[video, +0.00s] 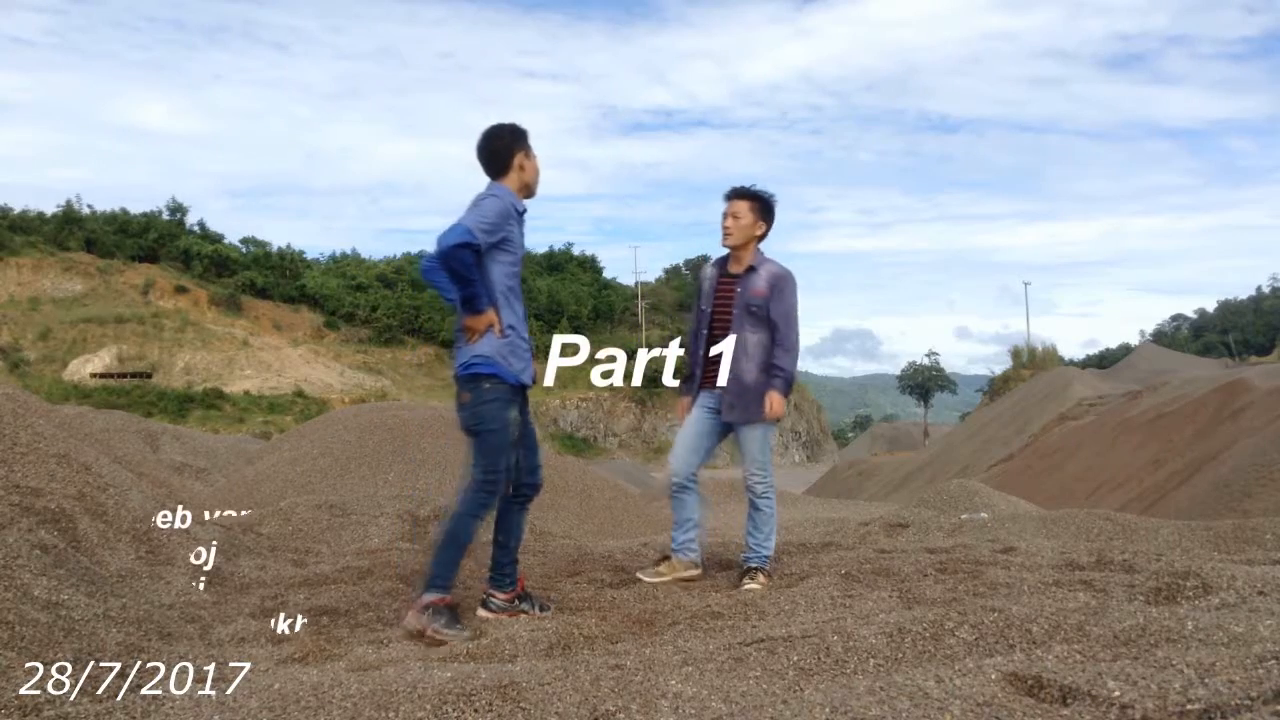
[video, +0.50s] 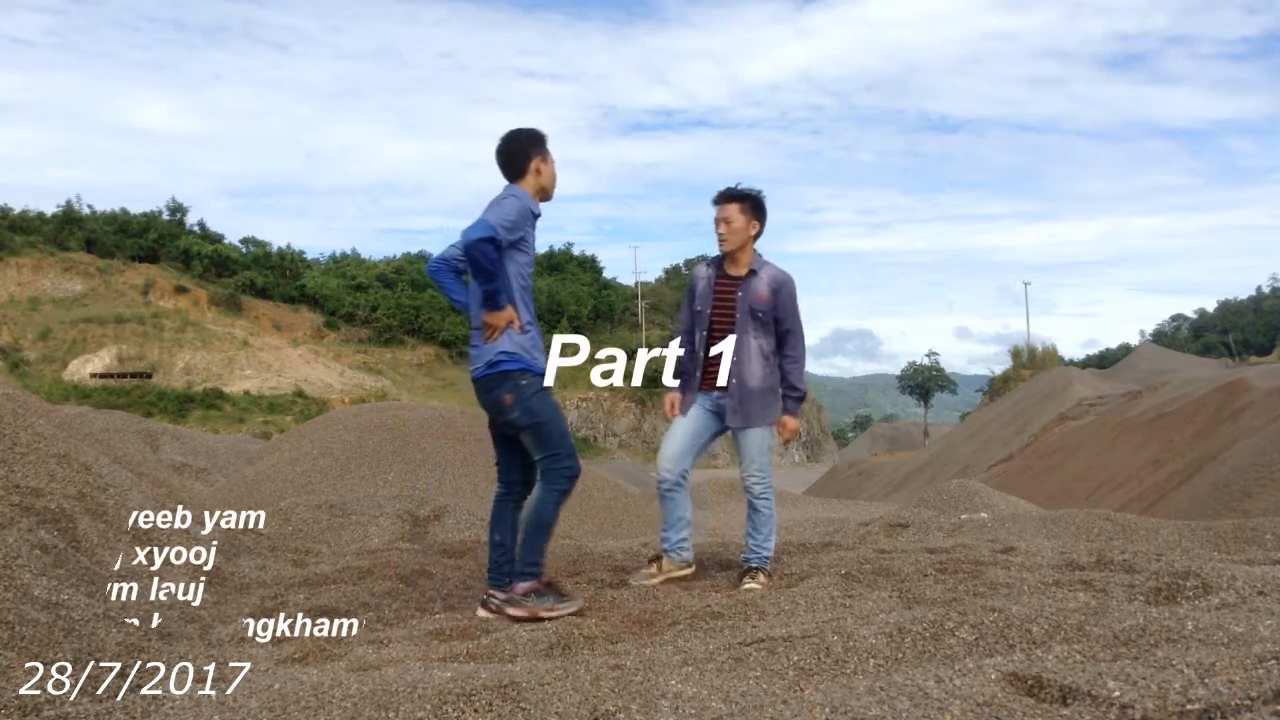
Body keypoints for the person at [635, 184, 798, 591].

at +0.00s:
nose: (726, 224)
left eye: (736, 218)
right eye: (725, 217)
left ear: (760, 228)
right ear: (725, 222)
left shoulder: (776, 278)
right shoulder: (711, 273)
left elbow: (787, 339)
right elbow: (698, 333)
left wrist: (779, 387)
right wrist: (689, 389)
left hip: (753, 397)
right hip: (710, 394)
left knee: (757, 481)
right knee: (680, 470)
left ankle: (756, 565)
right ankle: (685, 559)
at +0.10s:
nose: (725, 224)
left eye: (735, 217)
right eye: (725, 216)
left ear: (760, 227)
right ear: (725, 222)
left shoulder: (779, 279)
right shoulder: (710, 274)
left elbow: (791, 343)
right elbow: (696, 334)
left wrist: (781, 396)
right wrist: (684, 389)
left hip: (754, 400)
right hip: (709, 396)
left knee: (758, 483)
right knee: (677, 471)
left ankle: (756, 564)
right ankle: (683, 558)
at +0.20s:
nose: (725, 227)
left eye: (734, 220)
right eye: (723, 220)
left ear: (759, 227)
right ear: (724, 225)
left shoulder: (779, 282)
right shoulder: (708, 275)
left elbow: (791, 346)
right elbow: (693, 336)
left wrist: (787, 408)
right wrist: (684, 390)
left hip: (754, 401)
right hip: (707, 398)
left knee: (757, 484)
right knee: (689, 481)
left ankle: (756, 565)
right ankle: (681, 563)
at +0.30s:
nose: (724, 228)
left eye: (732, 221)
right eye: (722, 221)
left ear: (759, 227)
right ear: (722, 225)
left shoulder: (779, 283)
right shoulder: (707, 274)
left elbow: (791, 348)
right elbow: (692, 335)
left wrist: (790, 410)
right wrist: (683, 389)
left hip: (755, 401)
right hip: (707, 398)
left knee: (757, 484)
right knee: (686, 480)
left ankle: (756, 565)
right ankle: (680, 563)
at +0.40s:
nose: (722, 229)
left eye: (731, 222)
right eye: (720, 222)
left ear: (757, 227)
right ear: (718, 225)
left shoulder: (779, 283)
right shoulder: (705, 274)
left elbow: (792, 348)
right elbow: (690, 335)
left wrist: (790, 408)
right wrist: (679, 387)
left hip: (754, 402)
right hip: (706, 398)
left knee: (755, 483)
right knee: (674, 474)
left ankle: (756, 564)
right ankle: (677, 561)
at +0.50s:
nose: (719, 229)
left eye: (727, 222)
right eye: (717, 222)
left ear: (754, 227)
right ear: (716, 225)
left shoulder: (776, 282)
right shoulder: (702, 276)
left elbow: (792, 347)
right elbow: (686, 336)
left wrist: (790, 408)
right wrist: (675, 386)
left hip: (754, 402)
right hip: (706, 399)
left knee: (756, 483)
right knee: (668, 467)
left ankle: (756, 564)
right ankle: (677, 557)